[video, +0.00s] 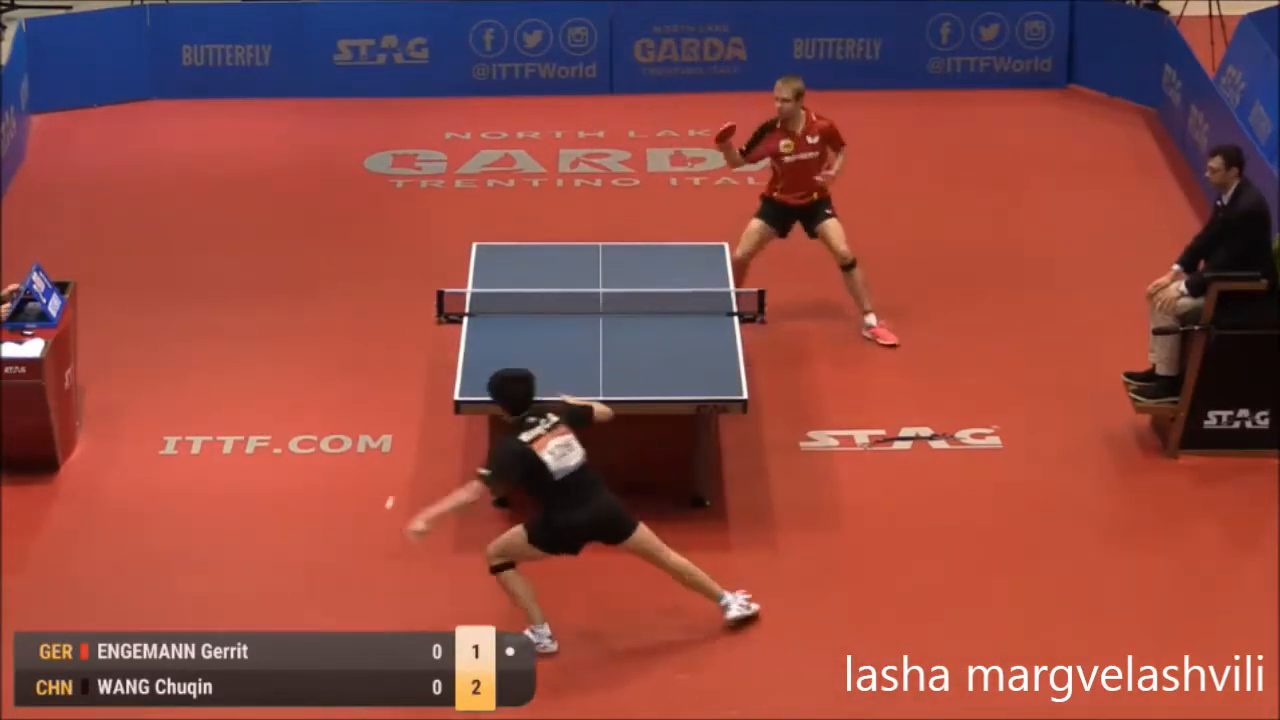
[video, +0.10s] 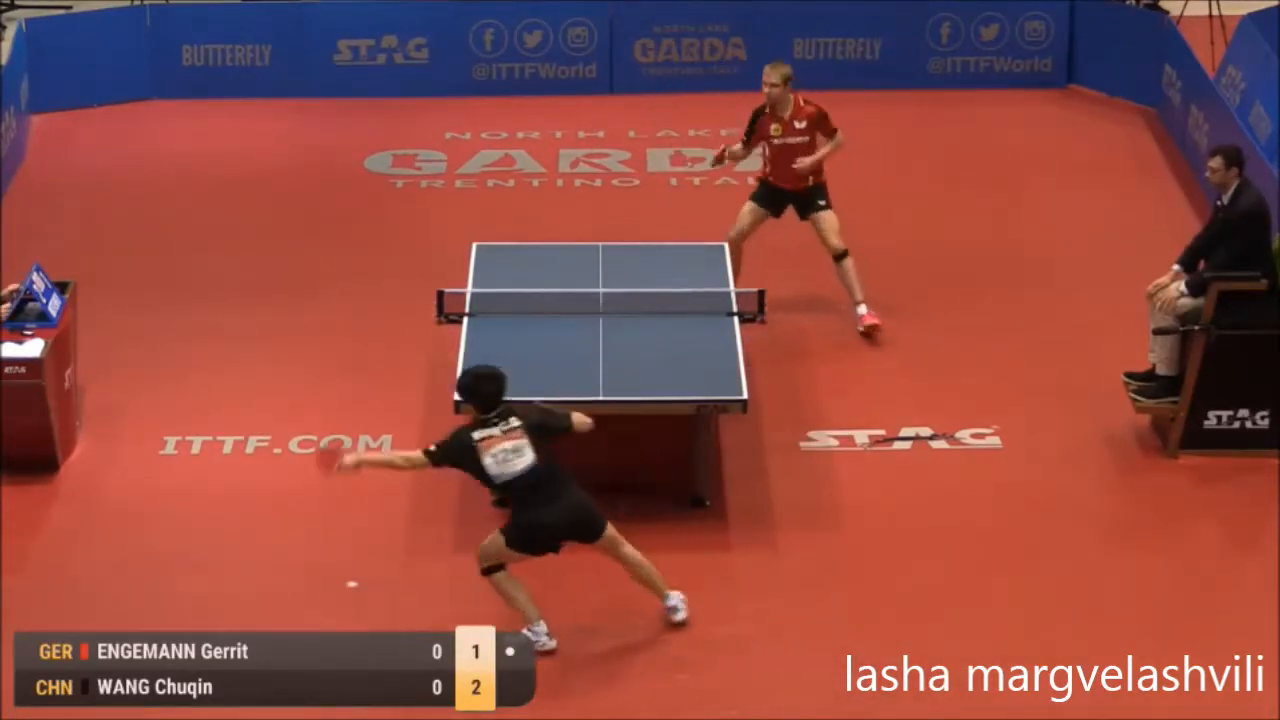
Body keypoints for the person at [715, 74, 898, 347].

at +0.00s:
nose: (778, 106)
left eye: (783, 101)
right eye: (776, 100)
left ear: (799, 102)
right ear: (774, 101)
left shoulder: (823, 127)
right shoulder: (770, 130)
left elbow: (841, 149)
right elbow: (738, 161)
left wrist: (834, 171)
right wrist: (727, 146)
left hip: (815, 201)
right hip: (778, 202)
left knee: (845, 255)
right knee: (740, 257)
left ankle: (870, 320)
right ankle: (727, 310)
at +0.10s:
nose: (765, 91)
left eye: (771, 86)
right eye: (764, 85)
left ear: (787, 87)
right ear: (763, 86)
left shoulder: (812, 113)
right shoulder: (761, 115)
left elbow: (836, 139)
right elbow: (745, 149)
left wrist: (813, 159)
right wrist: (729, 153)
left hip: (809, 187)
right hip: (772, 186)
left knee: (836, 246)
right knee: (734, 237)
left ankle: (862, 310)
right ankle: (727, 296)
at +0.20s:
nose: (756, 71)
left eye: (762, 66)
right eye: (754, 66)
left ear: (777, 68)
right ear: (754, 68)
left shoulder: (802, 97)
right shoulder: (758, 98)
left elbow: (824, 131)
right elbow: (760, 134)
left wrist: (791, 147)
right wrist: (735, 161)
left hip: (807, 170)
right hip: (773, 168)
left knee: (818, 234)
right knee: (737, 223)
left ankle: (842, 296)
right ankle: (725, 284)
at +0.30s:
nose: (751, 68)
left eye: (757, 63)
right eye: (750, 63)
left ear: (772, 64)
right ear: (751, 65)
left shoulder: (797, 94)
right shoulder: (758, 96)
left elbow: (819, 132)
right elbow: (762, 134)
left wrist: (782, 145)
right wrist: (741, 160)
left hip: (803, 173)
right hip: (772, 170)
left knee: (808, 239)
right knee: (736, 220)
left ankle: (837, 296)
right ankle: (740, 273)